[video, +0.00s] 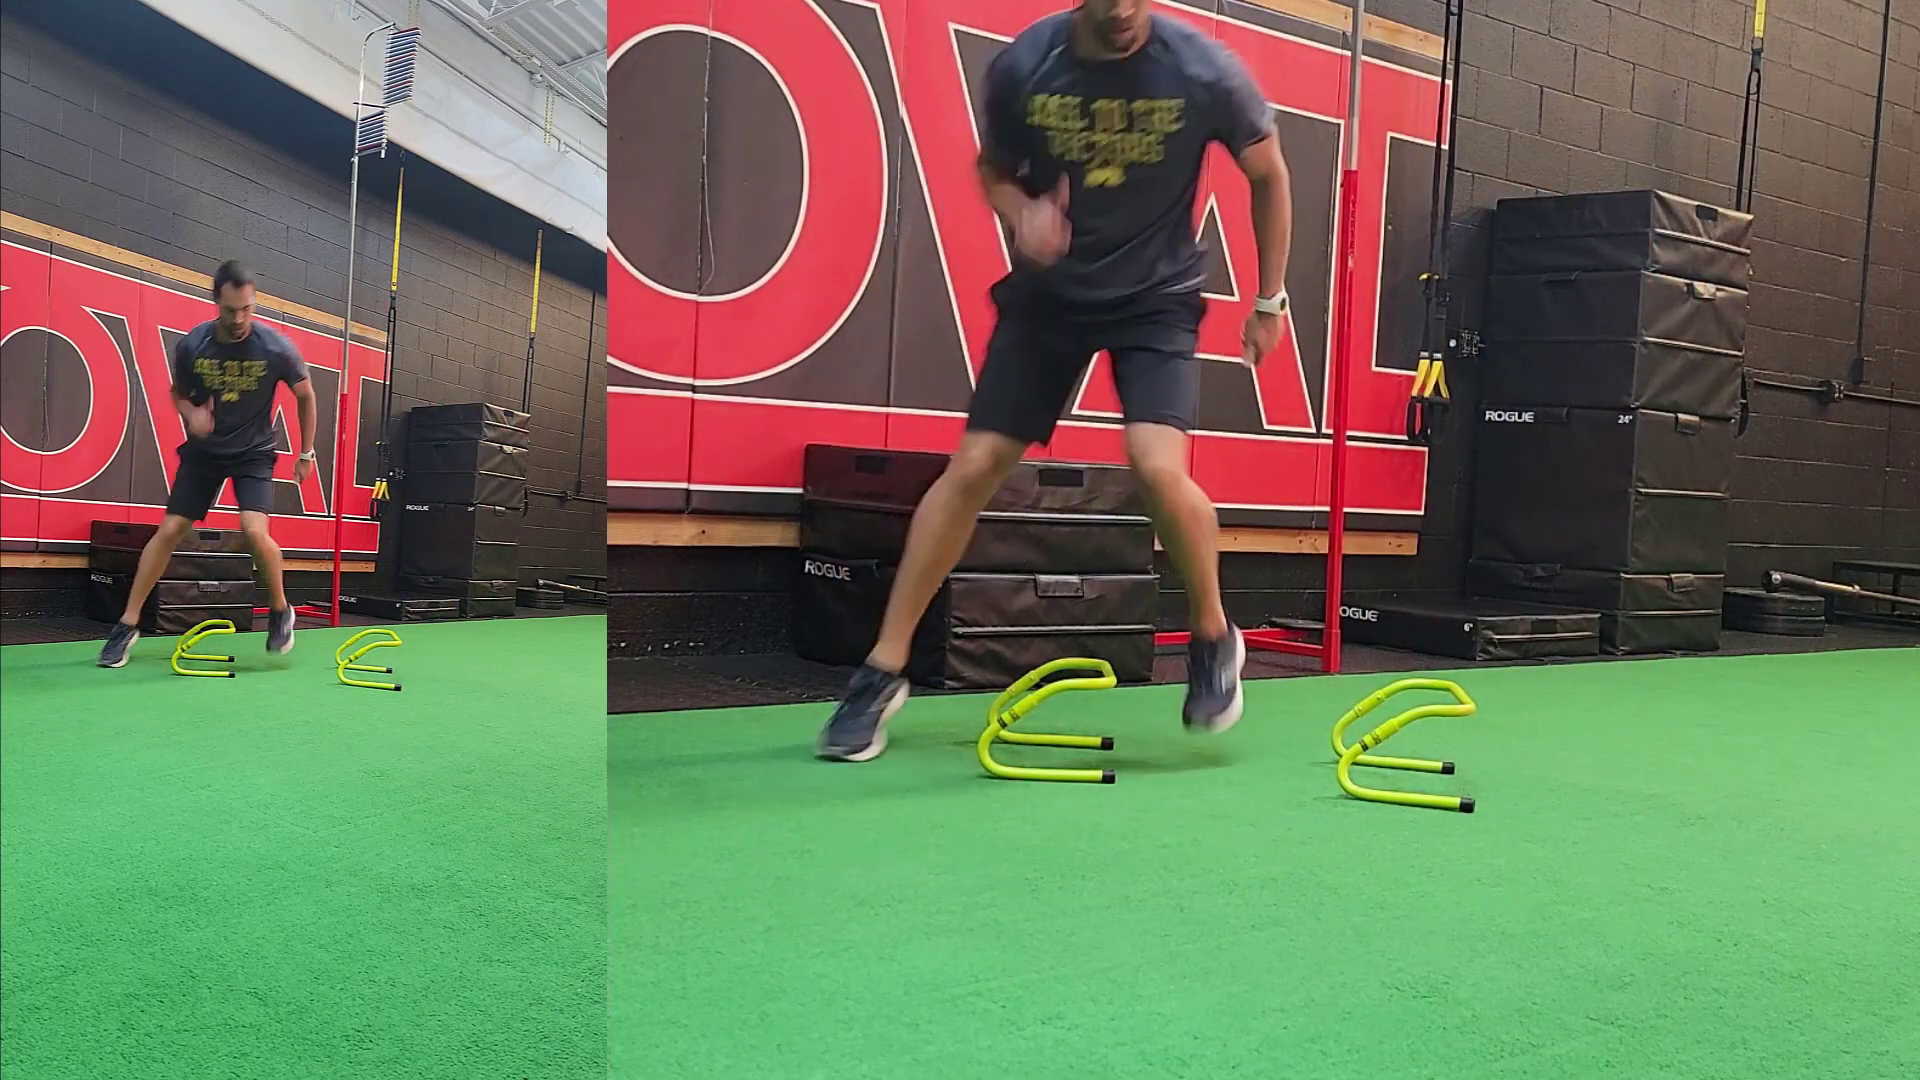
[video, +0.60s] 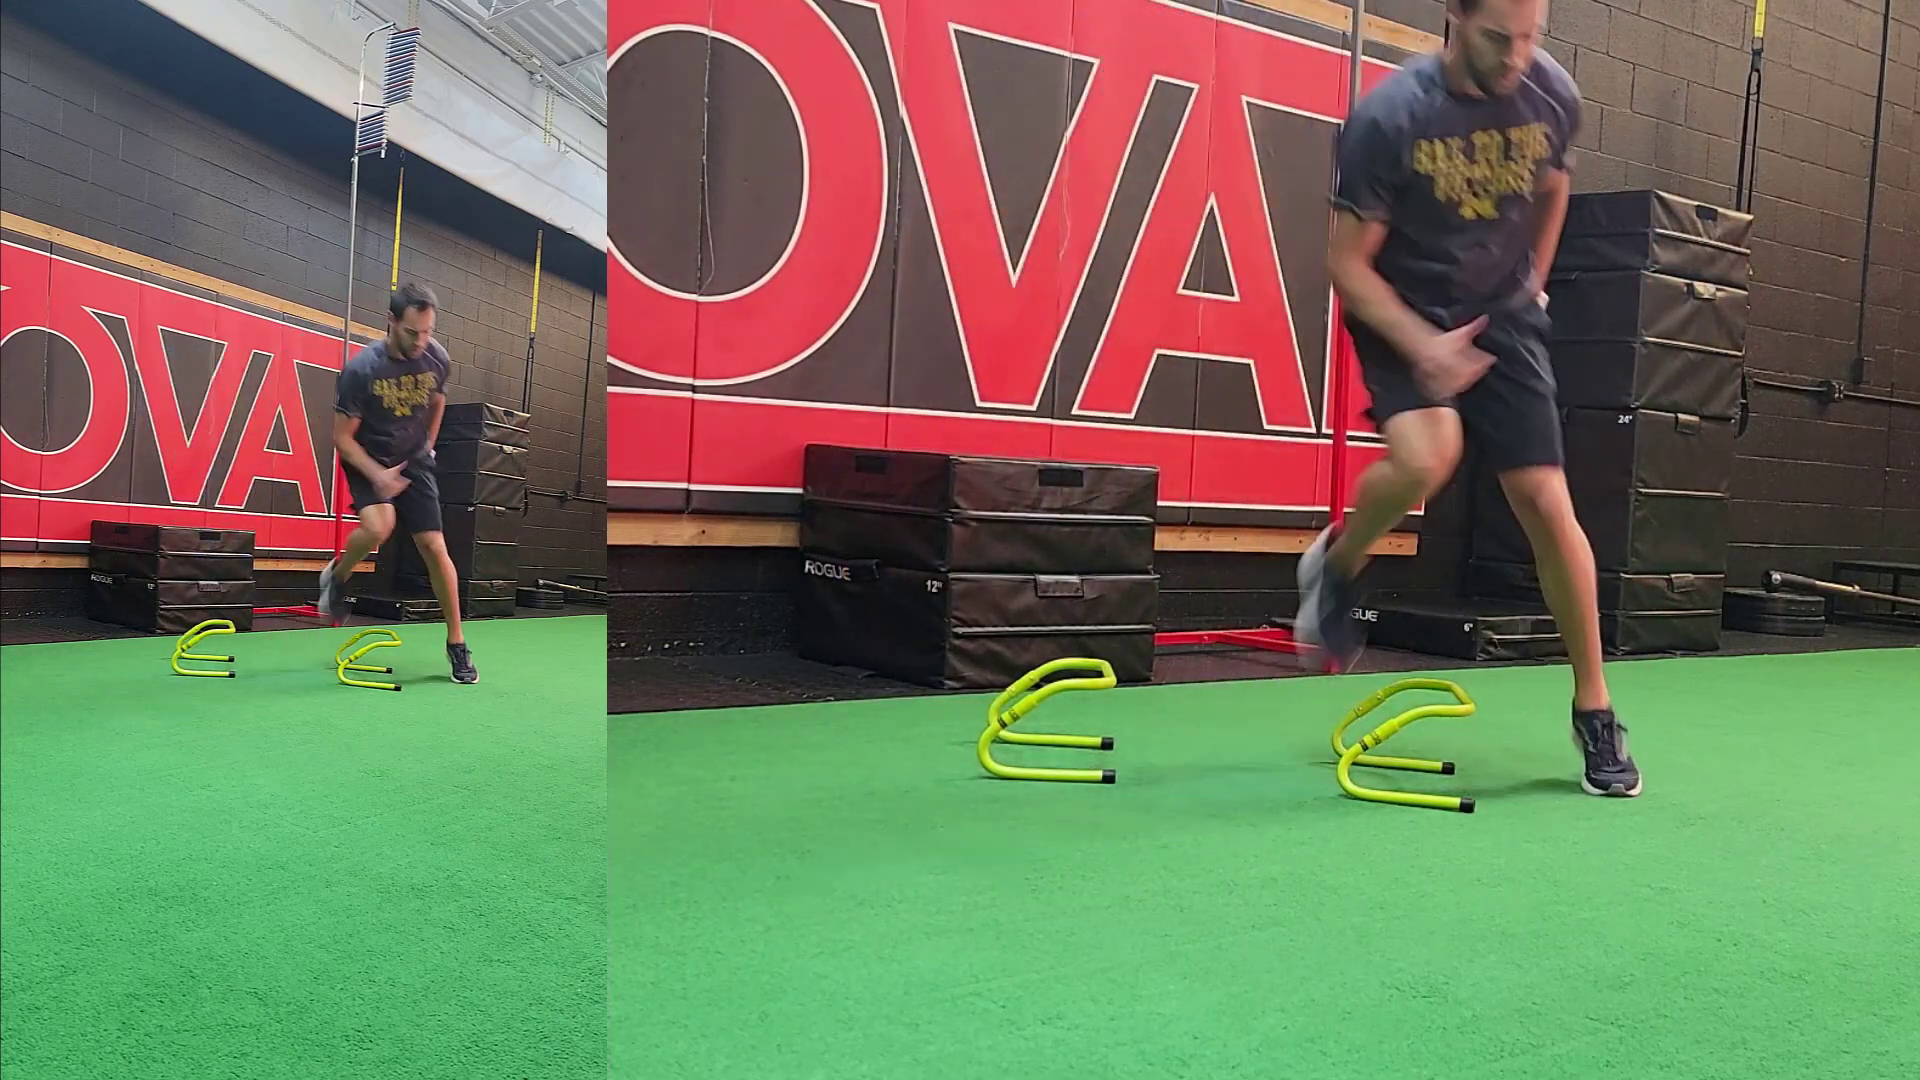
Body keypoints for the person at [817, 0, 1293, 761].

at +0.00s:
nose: (1125, 16)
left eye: (1137, 2)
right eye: (1108, 4)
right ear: (1080, 3)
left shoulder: (1207, 71)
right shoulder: (1021, 67)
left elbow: (1270, 177)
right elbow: (994, 172)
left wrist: (1271, 296)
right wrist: (1022, 213)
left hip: (1154, 296)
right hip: (1045, 296)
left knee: (1158, 469)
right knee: (973, 466)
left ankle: (1213, 636)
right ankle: (884, 666)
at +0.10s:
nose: (1206, 11)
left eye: (1218, 1)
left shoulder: (1274, 77)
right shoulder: (1098, 56)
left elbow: (1301, 207)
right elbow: (1052, 165)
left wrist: (1277, 326)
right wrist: (1016, 281)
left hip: (1212, 303)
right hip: (1109, 283)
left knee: (1202, 502)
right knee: (1059, 429)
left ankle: (1212, 693)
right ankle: (1026, 546)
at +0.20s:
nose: (1265, 5)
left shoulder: (1328, 64)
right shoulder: (1147, 51)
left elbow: (1353, 196)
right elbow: (1089, 146)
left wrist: (1301, 201)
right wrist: (1046, 250)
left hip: (1273, 295)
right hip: (1173, 270)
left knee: (1251, 491)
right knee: (1193, 381)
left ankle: (1222, 694)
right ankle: (1176, 512)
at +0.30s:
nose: (1327, 5)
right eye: (1315, 1)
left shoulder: (1379, 46)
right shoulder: (1201, 48)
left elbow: (1406, 154)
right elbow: (1146, 159)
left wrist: (1378, 183)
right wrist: (1107, 272)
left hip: (1331, 277)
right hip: (1232, 271)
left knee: (1339, 459)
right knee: (1260, 449)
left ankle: (1287, 598)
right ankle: (1230, 670)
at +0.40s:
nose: (1386, 13)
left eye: (1397, 2)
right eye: (1371, 1)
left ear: (1407, 1)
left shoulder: (1434, 73)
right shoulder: (1260, 83)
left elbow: (1443, 179)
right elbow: (1205, 217)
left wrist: (1455, 281)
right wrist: (1176, 341)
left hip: (1390, 312)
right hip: (1280, 325)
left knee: (1464, 446)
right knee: (1284, 514)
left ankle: (1417, 525)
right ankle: (1241, 715)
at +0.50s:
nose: (1453, 22)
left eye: (1465, 8)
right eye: (1437, 7)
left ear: (1477, 5)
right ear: (1393, 1)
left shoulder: (1491, 65)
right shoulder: (1324, 89)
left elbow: (1499, 170)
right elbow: (1277, 226)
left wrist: (1498, 289)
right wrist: (1275, 362)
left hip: (1449, 295)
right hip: (1342, 307)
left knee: (1517, 450)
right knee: (1332, 483)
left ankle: (1554, 623)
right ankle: (1254, 695)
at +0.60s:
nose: (1515, 59)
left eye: (1530, 40)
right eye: (1497, 37)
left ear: (1543, 28)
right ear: (1453, 20)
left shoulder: (1553, 96)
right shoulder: (1387, 116)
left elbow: (1551, 191)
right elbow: (1344, 264)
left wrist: (1535, 283)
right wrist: (1421, 342)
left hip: (1504, 310)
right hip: (1402, 311)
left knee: (1545, 499)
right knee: (1427, 461)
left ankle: (1595, 709)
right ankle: (1333, 566)